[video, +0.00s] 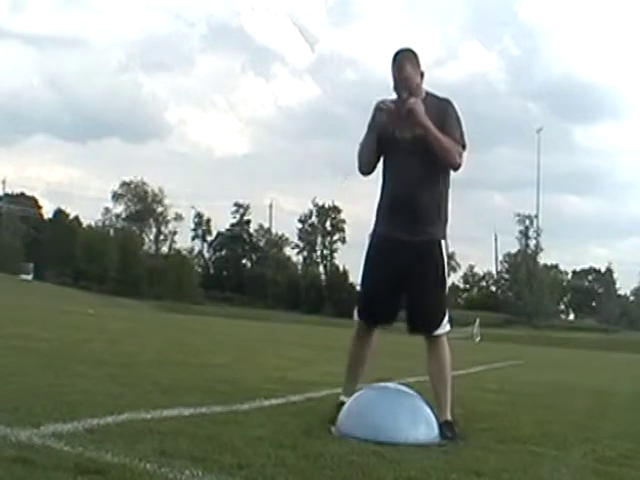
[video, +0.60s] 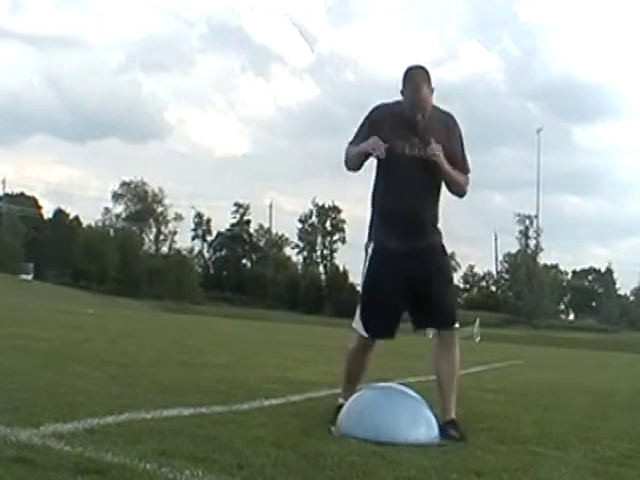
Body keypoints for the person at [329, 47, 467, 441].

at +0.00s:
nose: (402, 88)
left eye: (407, 81)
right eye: (397, 83)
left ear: (422, 76)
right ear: (392, 81)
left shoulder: (442, 109)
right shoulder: (384, 112)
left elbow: (455, 160)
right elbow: (365, 166)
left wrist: (422, 121)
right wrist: (379, 123)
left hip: (428, 237)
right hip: (386, 235)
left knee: (435, 332)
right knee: (365, 324)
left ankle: (444, 418)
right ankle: (347, 403)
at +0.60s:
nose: (419, 112)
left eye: (423, 105)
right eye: (412, 106)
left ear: (433, 95)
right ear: (401, 96)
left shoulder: (447, 124)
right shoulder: (383, 116)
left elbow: (462, 187)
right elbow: (351, 162)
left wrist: (442, 163)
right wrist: (364, 148)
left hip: (428, 243)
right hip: (386, 243)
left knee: (446, 328)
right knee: (367, 335)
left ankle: (448, 418)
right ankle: (345, 405)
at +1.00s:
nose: (450, 257)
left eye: (456, 252)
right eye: (445, 252)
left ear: (462, 234)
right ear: (434, 231)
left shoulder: (456, 223)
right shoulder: (406, 239)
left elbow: (462, 260)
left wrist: (452, 290)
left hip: (422, 292)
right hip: (386, 292)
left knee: (462, 329)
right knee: (393, 384)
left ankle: (451, 419)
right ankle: (343, 394)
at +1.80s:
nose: (419, 102)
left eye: (424, 95)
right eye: (414, 96)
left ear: (436, 91)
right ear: (405, 92)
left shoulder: (449, 121)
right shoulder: (389, 118)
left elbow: (467, 179)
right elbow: (362, 165)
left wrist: (445, 134)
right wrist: (387, 127)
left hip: (433, 242)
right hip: (391, 240)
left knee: (447, 330)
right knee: (370, 329)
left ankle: (461, 415)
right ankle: (359, 405)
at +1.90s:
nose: (417, 90)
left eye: (422, 84)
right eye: (411, 84)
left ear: (432, 85)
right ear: (403, 86)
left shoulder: (449, 118)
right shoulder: (390, 116)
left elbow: (465, 174)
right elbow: (362, 161)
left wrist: (443, 130)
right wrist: (383, 121)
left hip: (431, 241)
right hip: (389, 238)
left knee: (442, 333)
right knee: (371, 328)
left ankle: (455, 417)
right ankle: (359, 408)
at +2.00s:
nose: (414, 96)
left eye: (418, 88)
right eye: (408, 90)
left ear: (431, 84)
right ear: (401, 88)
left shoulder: (450, 115)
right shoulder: (391, 115)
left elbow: (466, 168)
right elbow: (362, 159)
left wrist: (441, 124)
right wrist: (383, 120)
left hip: (432, 241)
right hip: (389, 238)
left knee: (443, 333)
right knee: (373, 329)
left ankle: (456, 417)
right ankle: (360, 408)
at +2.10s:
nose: (412, 93)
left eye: (416, 85)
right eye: (406, 88)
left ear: (429, 80)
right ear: (399, 86)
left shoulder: (450, 112)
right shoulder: (390, 113)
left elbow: (465, 165)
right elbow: (363, 159)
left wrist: (439, 120)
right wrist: (382, 119)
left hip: (432, 239)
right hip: (389, 237)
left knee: (442, 334)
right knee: (373, 327)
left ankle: (456, 417)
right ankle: (360, 408)